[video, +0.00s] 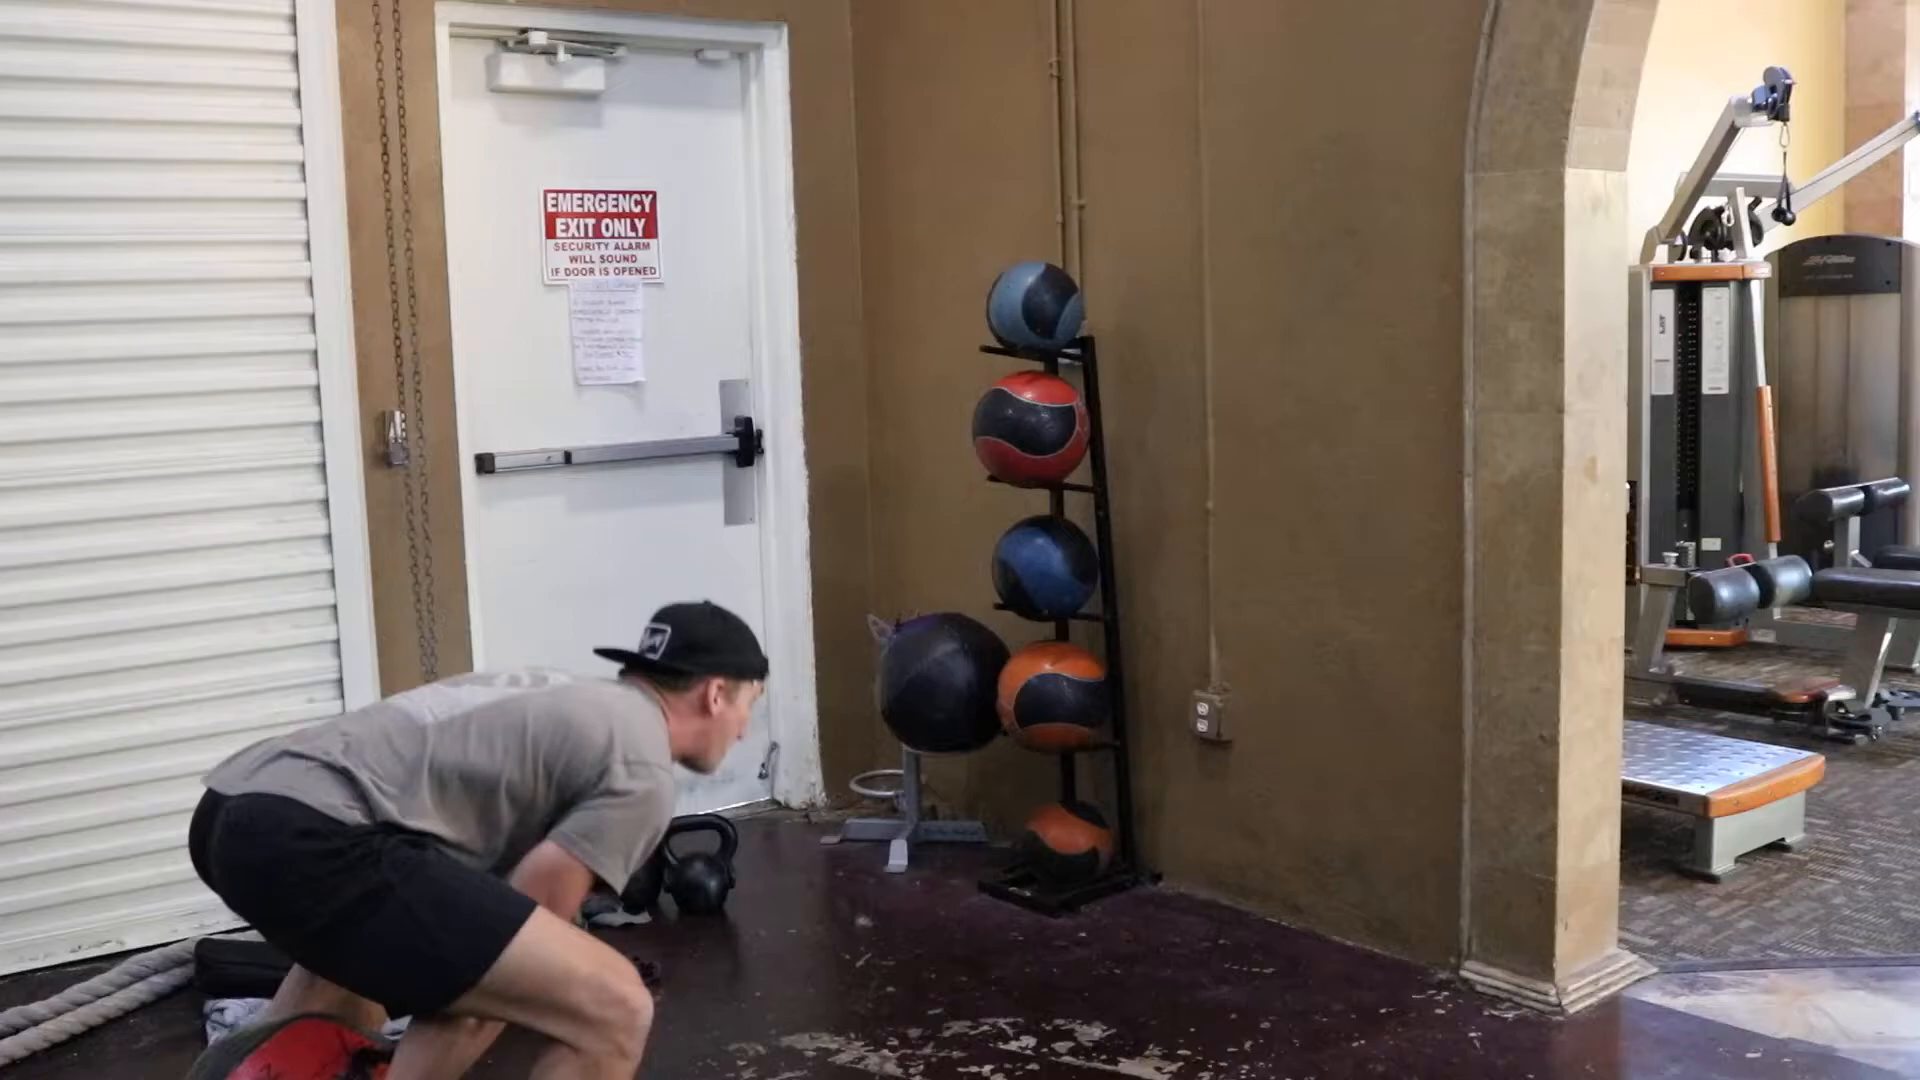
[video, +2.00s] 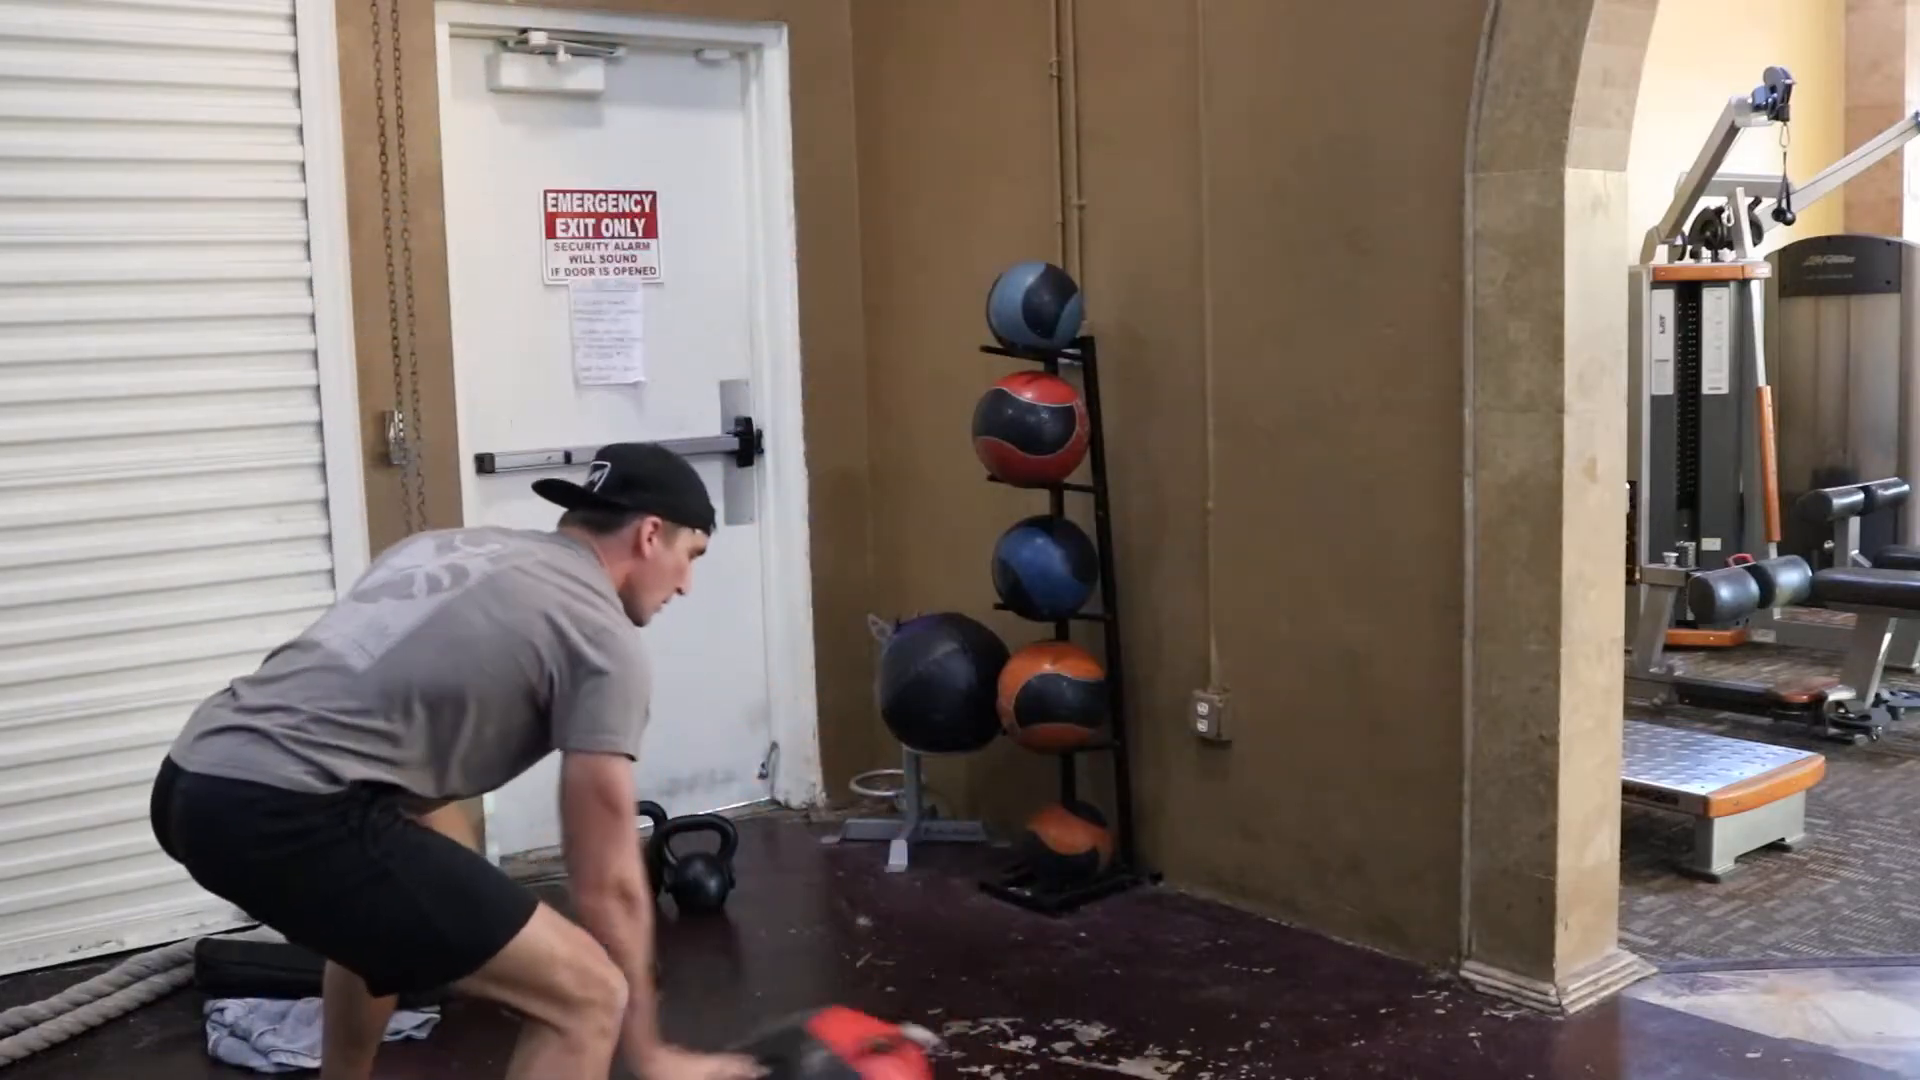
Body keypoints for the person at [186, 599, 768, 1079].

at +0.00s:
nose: (744, 730)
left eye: (749, 710)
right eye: (746, 708)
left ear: (648, 673)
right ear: (711, 697)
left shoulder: (558, 694)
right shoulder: (644, 766)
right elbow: (527, 913)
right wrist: (458, 1044)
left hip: (226, 817)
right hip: (315, 837)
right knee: (615, 1008)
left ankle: (259, 1050)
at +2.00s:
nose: (686, 585)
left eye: (695, 561)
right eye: (688, 557)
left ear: (580, 520)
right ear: (645, 537)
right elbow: (607, 886)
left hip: (190, 786)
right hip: (291, 811)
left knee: (388, 880)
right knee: (589, 997)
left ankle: (345, 1066)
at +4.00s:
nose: (535, 205)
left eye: (541, 187)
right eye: (533, 184)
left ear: (427, 168)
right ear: (484, 170)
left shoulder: (335, 262)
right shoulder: (456, 264)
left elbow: (506, 244)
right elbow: (694, 259)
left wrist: (642, 205)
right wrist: (830, 176)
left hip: (373, 642)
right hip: (472, 653)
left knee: (395, 910)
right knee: (510, 962)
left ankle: (355, 1074)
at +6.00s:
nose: (738, 793)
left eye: (747, 773)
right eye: (745, 770)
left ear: (650, 725)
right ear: (711, 757)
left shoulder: (561, 744)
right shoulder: (644, 821)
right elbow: (529, 1017)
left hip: (229, 868)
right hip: (325, 891)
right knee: (643, 1008)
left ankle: (339, 1070)